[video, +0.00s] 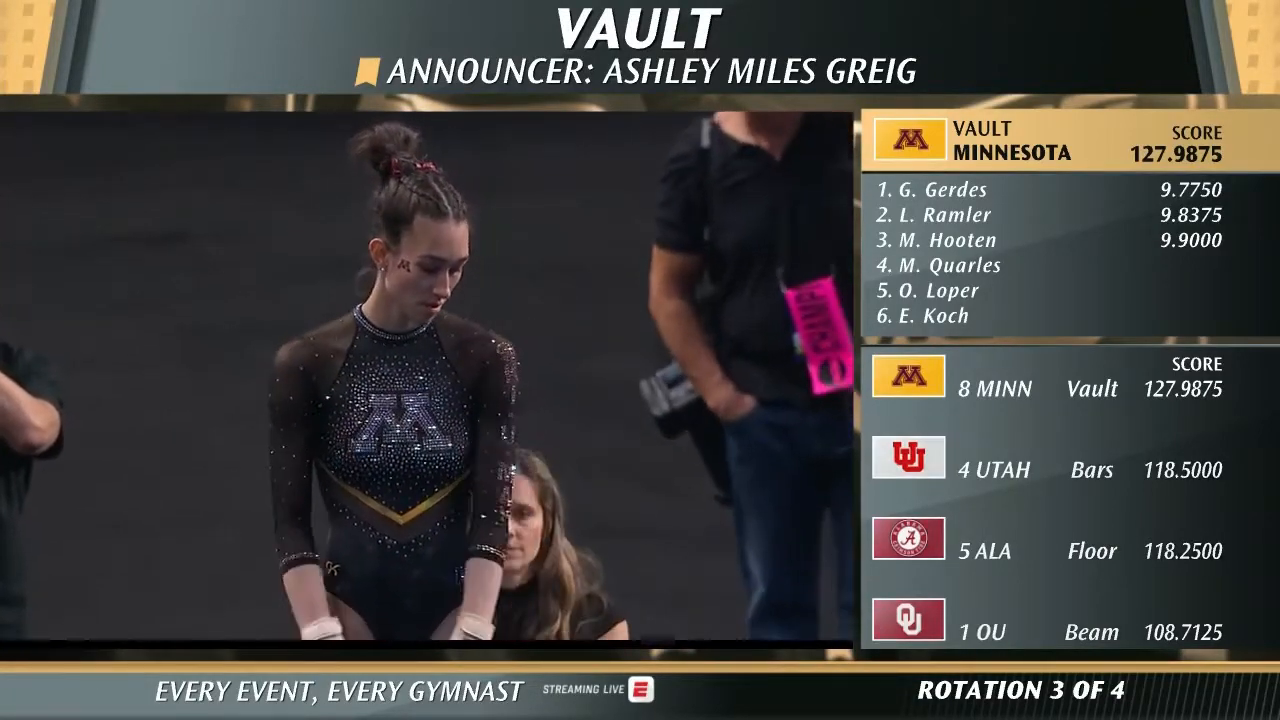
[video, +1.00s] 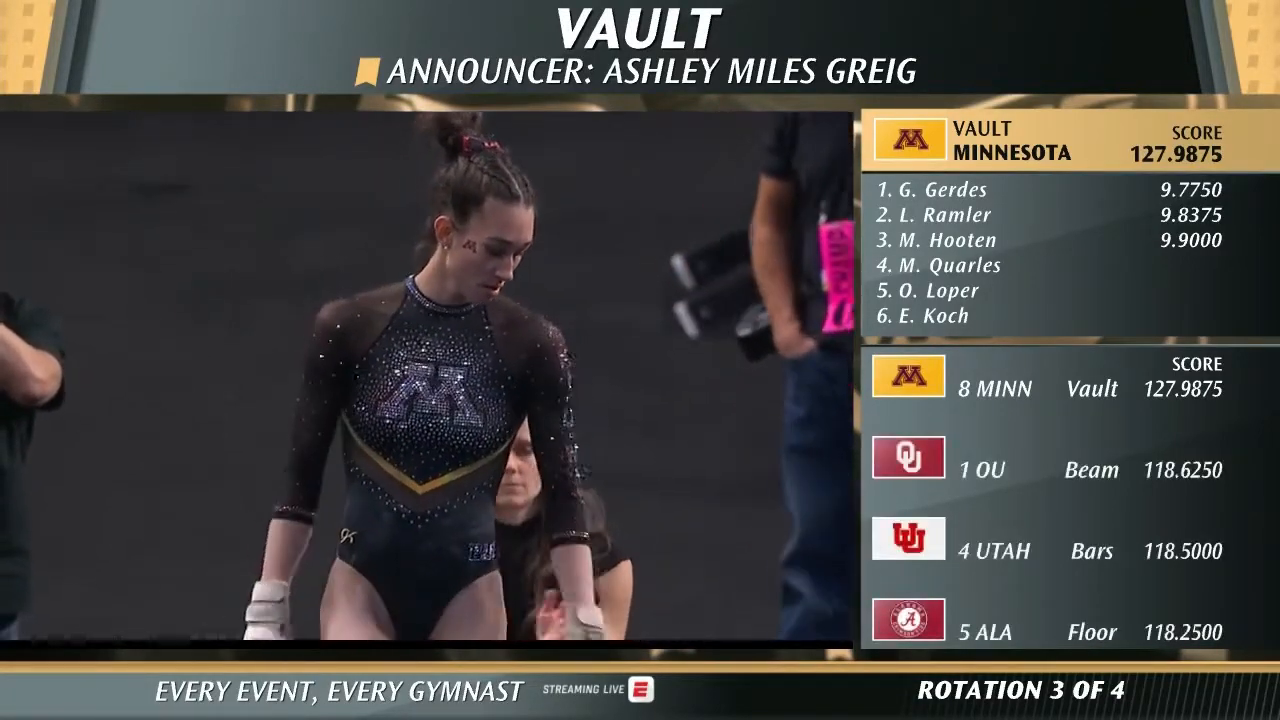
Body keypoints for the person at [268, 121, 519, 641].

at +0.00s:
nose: (445, 287)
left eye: (457, 268)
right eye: (429, 267)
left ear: (467, 260)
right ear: (381, 255)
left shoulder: (486, 360)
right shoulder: (305, 363)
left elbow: (490, 508)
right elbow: (290, 518)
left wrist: (475, 624)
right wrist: (318, 631)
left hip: (454, 602)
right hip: (351, 602)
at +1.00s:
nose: (508, 270)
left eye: (519, 253)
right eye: (495, 250)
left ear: (530, 243)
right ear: (445, 231)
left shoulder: (533, 346)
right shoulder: (348, 327)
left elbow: (561, 490)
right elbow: (303, 479)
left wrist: (584, 615)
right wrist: (266, 612)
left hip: (471, 584)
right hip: (361, 578)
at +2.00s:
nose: (463, 244)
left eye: (471, 227)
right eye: (449, 226)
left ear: (478, 217)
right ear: (397, 213)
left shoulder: (483, 313)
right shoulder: (304, 315)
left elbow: (514, 465)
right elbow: (274, 470)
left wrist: (534, 606)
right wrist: (265, 613)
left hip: (452, 563)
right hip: (344, 562)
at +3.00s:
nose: (456, 244)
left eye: (463, 227)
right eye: (443, 226)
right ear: (391, 212)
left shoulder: (472, 315)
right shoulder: (296, 315)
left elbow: (502, 463)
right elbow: (266, 467)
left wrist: (534, 605)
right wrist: (252, 608)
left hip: (443, 560)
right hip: (335, 558)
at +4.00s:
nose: (467, 249)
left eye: (475, 231)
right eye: (452, 231)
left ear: (482, 220)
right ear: (400, 216)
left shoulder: (493, 320)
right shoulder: (314, 321)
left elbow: (530, 472)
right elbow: (280, 478)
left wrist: (560, 612)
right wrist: (245, 619)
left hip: (458, 568)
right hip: (350, 566)